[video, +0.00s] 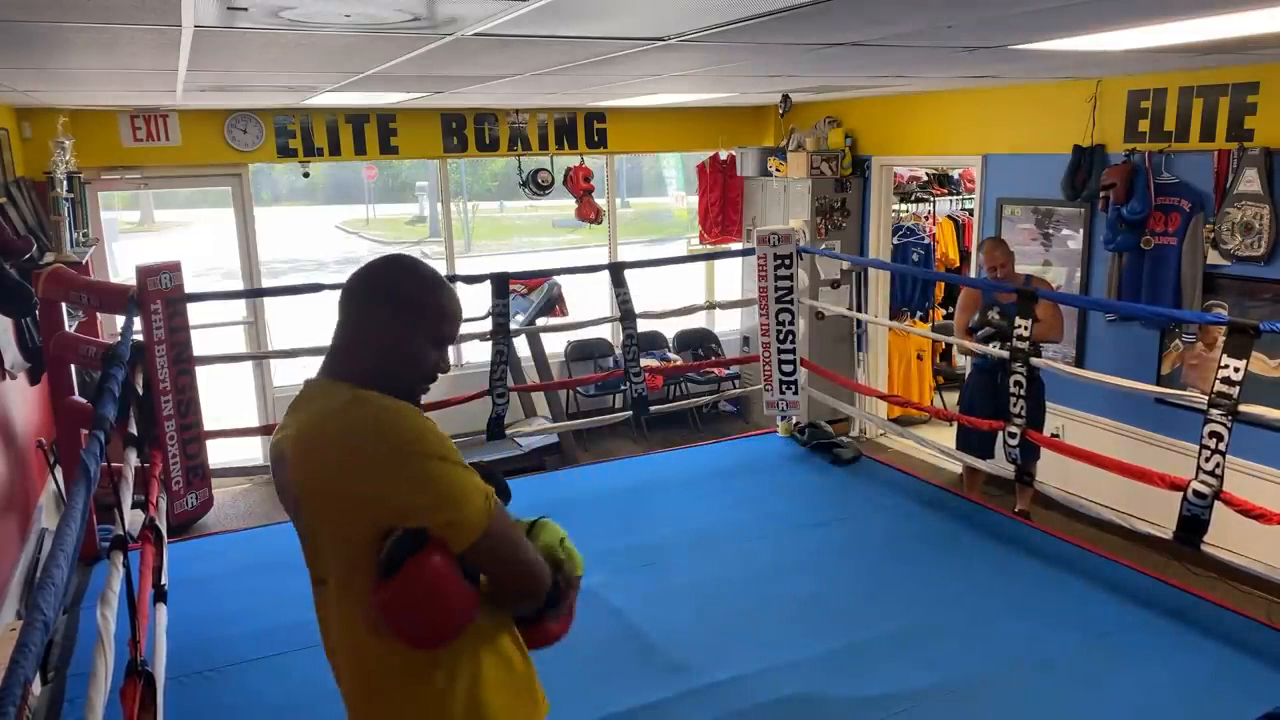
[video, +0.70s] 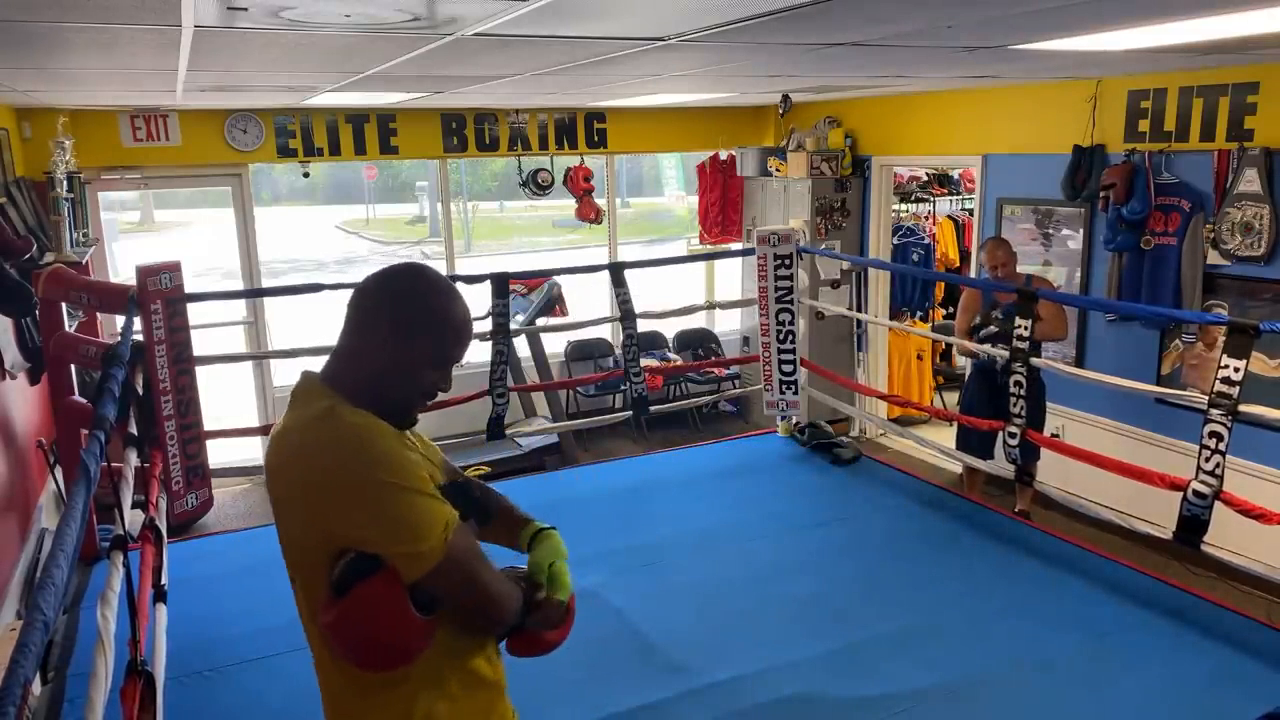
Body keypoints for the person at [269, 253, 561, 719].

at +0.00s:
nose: (445, 366)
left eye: (448, 348)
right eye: (439, 344)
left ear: (358, 325)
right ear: (390, 327)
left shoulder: (301, 423)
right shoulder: (396, 431)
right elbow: (528, 578)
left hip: (377, 694)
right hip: (463, 701)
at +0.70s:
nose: (444, 385)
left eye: (450, 369)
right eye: (439, 367)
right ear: (386, 346)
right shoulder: (353, 446)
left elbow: (459, 489)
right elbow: (492, 608)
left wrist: (535, 535)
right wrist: (518, 583)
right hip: (426, 708)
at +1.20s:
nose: (465, 398)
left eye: (471, 380)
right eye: (461, 379)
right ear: (407, 354)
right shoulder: (363, 459)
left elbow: (448, 539)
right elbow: (485, 636)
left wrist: (530, 549)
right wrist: (558, 634)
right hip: (407, 708)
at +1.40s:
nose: (481, 402)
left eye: (489, 386)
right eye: (480, 382)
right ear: (429, 358)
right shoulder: (385, 465)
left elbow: (440, 559)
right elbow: (502, 643)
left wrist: (542, 529)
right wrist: (566, 617)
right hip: (439, 708)